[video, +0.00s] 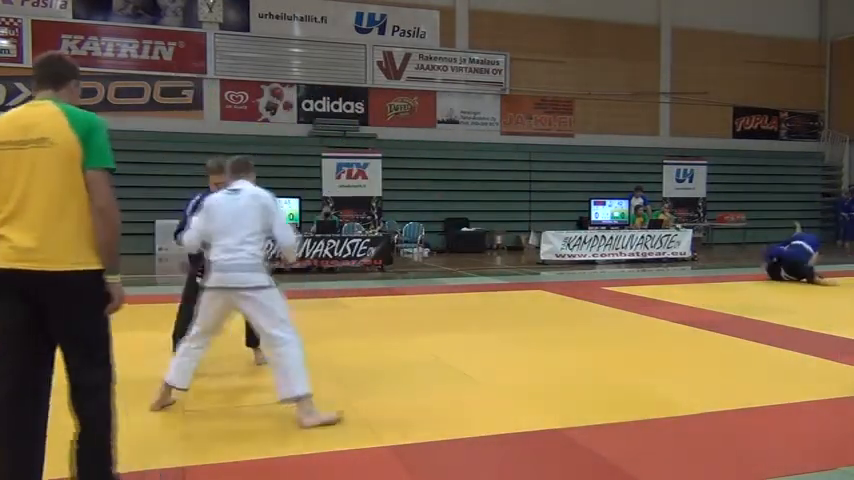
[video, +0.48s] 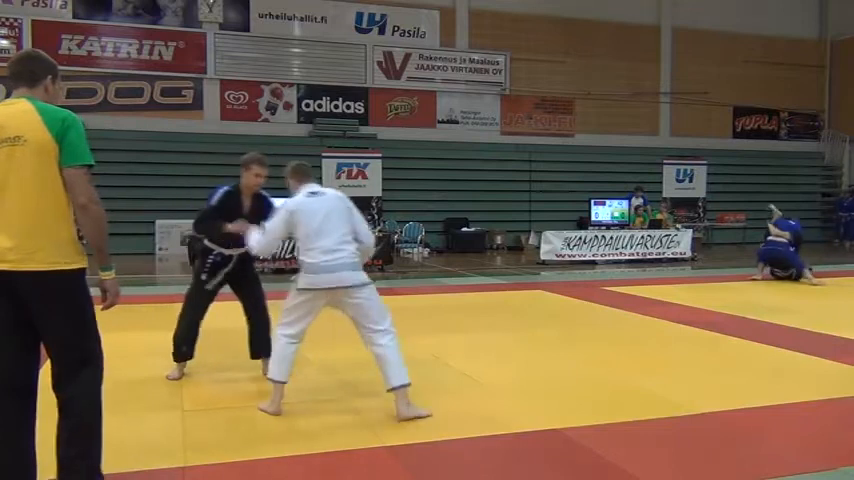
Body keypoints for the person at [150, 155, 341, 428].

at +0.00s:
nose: (256, 181)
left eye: (227, 176)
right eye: (255, 177)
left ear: (228, 176)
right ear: (253, 176)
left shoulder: (213, 201)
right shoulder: (264, 198)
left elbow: (190, 241)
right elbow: (287, 240)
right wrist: (289, 256)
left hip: (217, 279)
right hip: (254, 279)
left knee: (197, 336)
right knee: (283, 337)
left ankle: (166, 390)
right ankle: (305, 408)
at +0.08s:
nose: (236, 180)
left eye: (236, 177)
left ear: (240, 176)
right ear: (264, 173)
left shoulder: (229, 200)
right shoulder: (282, 195)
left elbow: (208, 241)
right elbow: (308, 237)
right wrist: (298, 253)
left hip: (239, 279)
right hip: (276, 278)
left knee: (218, 335)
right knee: (304, 336)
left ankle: (187, 391)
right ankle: (311, 409)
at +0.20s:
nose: (249, 177)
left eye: (248, 174)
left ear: (251, 171)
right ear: (274, 166)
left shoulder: (245, 194)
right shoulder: (298, 185)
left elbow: (222, 234)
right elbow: (326, 226)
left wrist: (216, 222)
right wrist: (304, 242)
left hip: (262, 268)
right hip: (301, 266)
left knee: (250, 323)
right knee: (322, 326)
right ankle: (320, 398)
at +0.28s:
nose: (256, 178)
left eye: (256, 175)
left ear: (259, 173)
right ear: (282, 168)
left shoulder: (255, 195)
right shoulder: (306, 186)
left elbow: (226, 234)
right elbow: (336, 227)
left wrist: (223, 219)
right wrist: (315, 245)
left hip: (277, 268)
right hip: (315, 264)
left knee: (273, 327)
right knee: (343, 322)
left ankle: (272, 399)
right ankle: (344, 393)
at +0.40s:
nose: (275, 187)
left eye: (274, 184)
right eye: (279, 184)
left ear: (276, 182)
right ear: (298, 177)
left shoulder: (276, 204)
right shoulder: (324, 194)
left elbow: (241, 240)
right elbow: (353, 235)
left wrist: (235, 223)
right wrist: (338, 259)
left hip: (298, 274)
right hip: (337, 271)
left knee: (282, 332)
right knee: (368, 327)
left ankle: (274, 401)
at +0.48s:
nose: (287, 187)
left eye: (287, 184)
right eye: (288, 184)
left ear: (292, 182)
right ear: (313, 178)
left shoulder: (292, 206)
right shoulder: (340, 198)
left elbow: (263, 248)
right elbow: (368, 240)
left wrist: (249, 230)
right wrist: (352, 263)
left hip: (312, 279)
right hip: (351, 277)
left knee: (288, 334)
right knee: (381, 333)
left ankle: (275, 401)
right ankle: (404, 404)